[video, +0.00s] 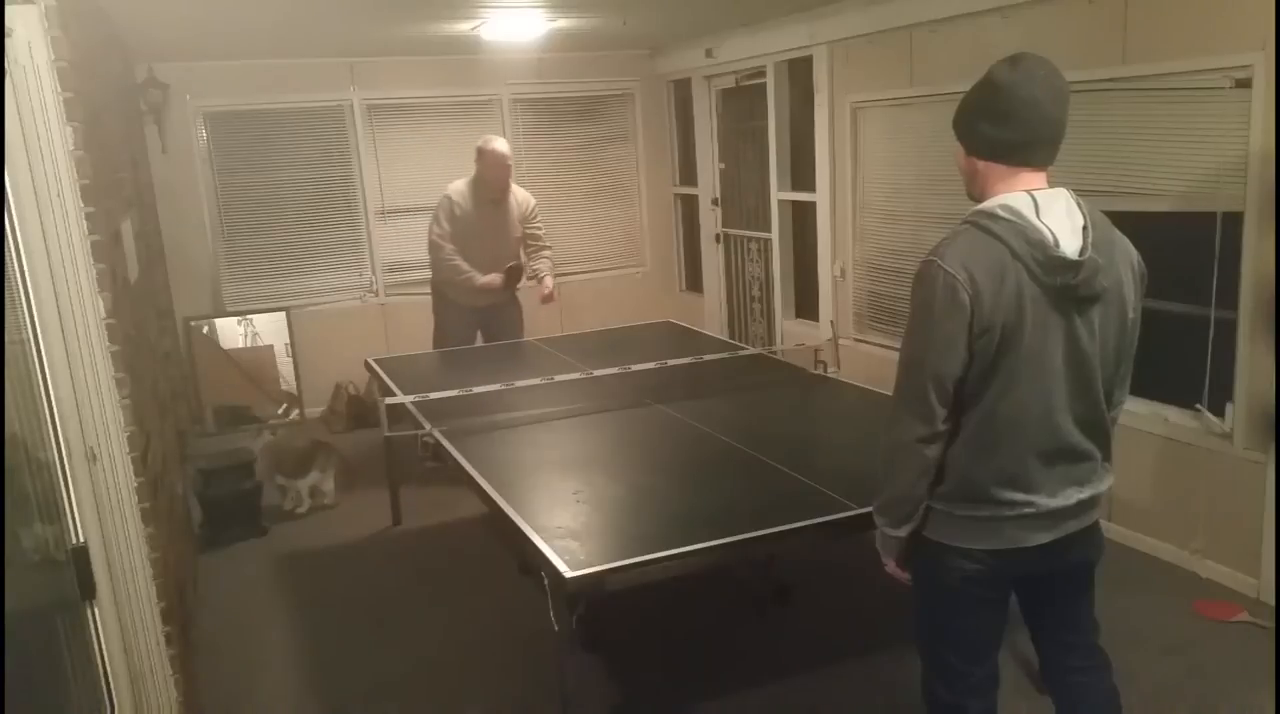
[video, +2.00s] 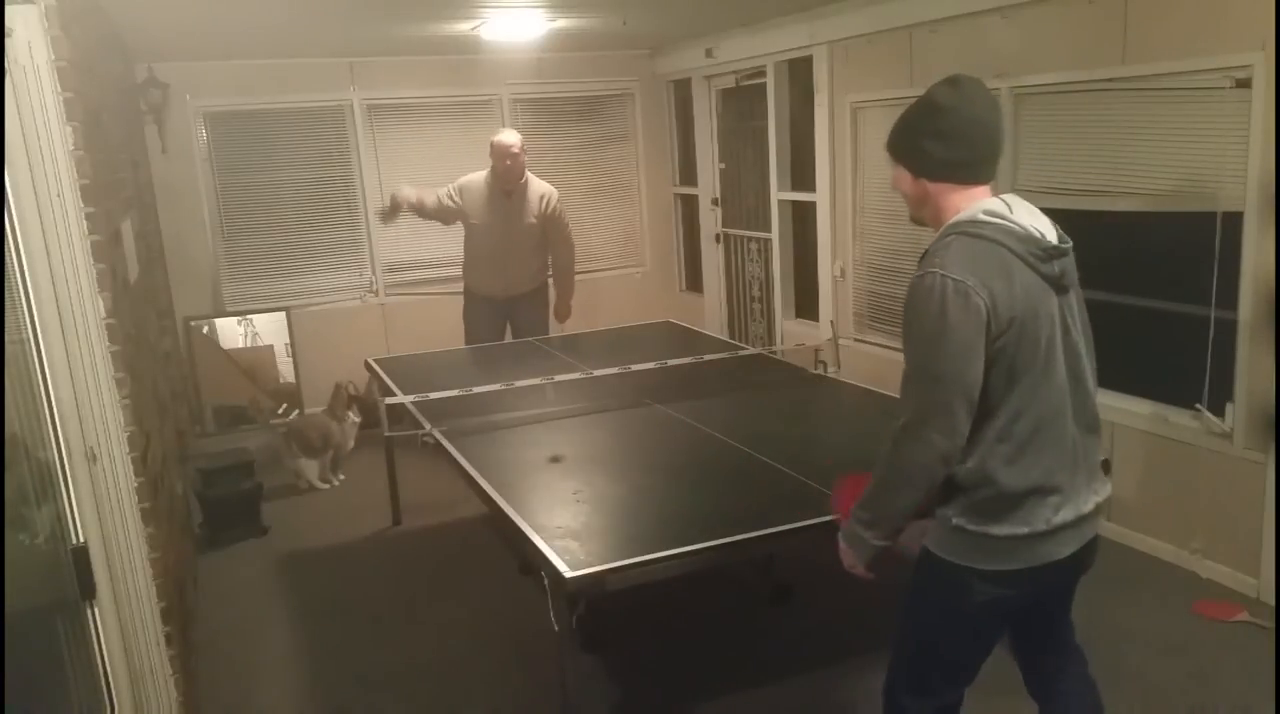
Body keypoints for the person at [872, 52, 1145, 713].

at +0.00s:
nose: (961, 161)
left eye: (961, 148)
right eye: (962, 146)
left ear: (971, 155)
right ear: (1050, 147)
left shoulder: (958, 265)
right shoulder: (1119, 254)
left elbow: (920, 419)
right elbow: (1110, 395)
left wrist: (892, 532)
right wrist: (1074, 488)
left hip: (970, 537)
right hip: (1071, 529)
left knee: (960, 691)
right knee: (1079, 668)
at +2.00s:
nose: (895, 182)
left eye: (897, 168)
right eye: (895, 167)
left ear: (922, 174)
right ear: (978, 163)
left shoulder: (952, 272)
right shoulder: (1038, 233)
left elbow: (933, 434)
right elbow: (1054, 386)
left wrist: (863, 533)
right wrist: (953, 496)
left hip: (989, 552)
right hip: (1068, 530)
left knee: (917, 696)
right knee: (1052, 656)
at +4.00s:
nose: (905, 189)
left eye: (906, 174)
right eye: (905, 173)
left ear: (919, 182)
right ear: (991, 168)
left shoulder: (941, 291)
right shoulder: (1039, 247)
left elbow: (917, 459)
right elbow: (953, 333)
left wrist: (860, 567)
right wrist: (837, 339)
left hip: (973, 569)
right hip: (1069, 556)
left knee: (891, 702)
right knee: (1045, 693)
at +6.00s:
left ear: (730, 202)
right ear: (821, 201)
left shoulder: (682, 310)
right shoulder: (863, 298)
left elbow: (653, 451)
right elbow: (920, 469)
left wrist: (716, 500)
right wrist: (963, 576)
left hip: (695, 597)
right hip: (819, 603)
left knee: (680, 702)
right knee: (890, 701)